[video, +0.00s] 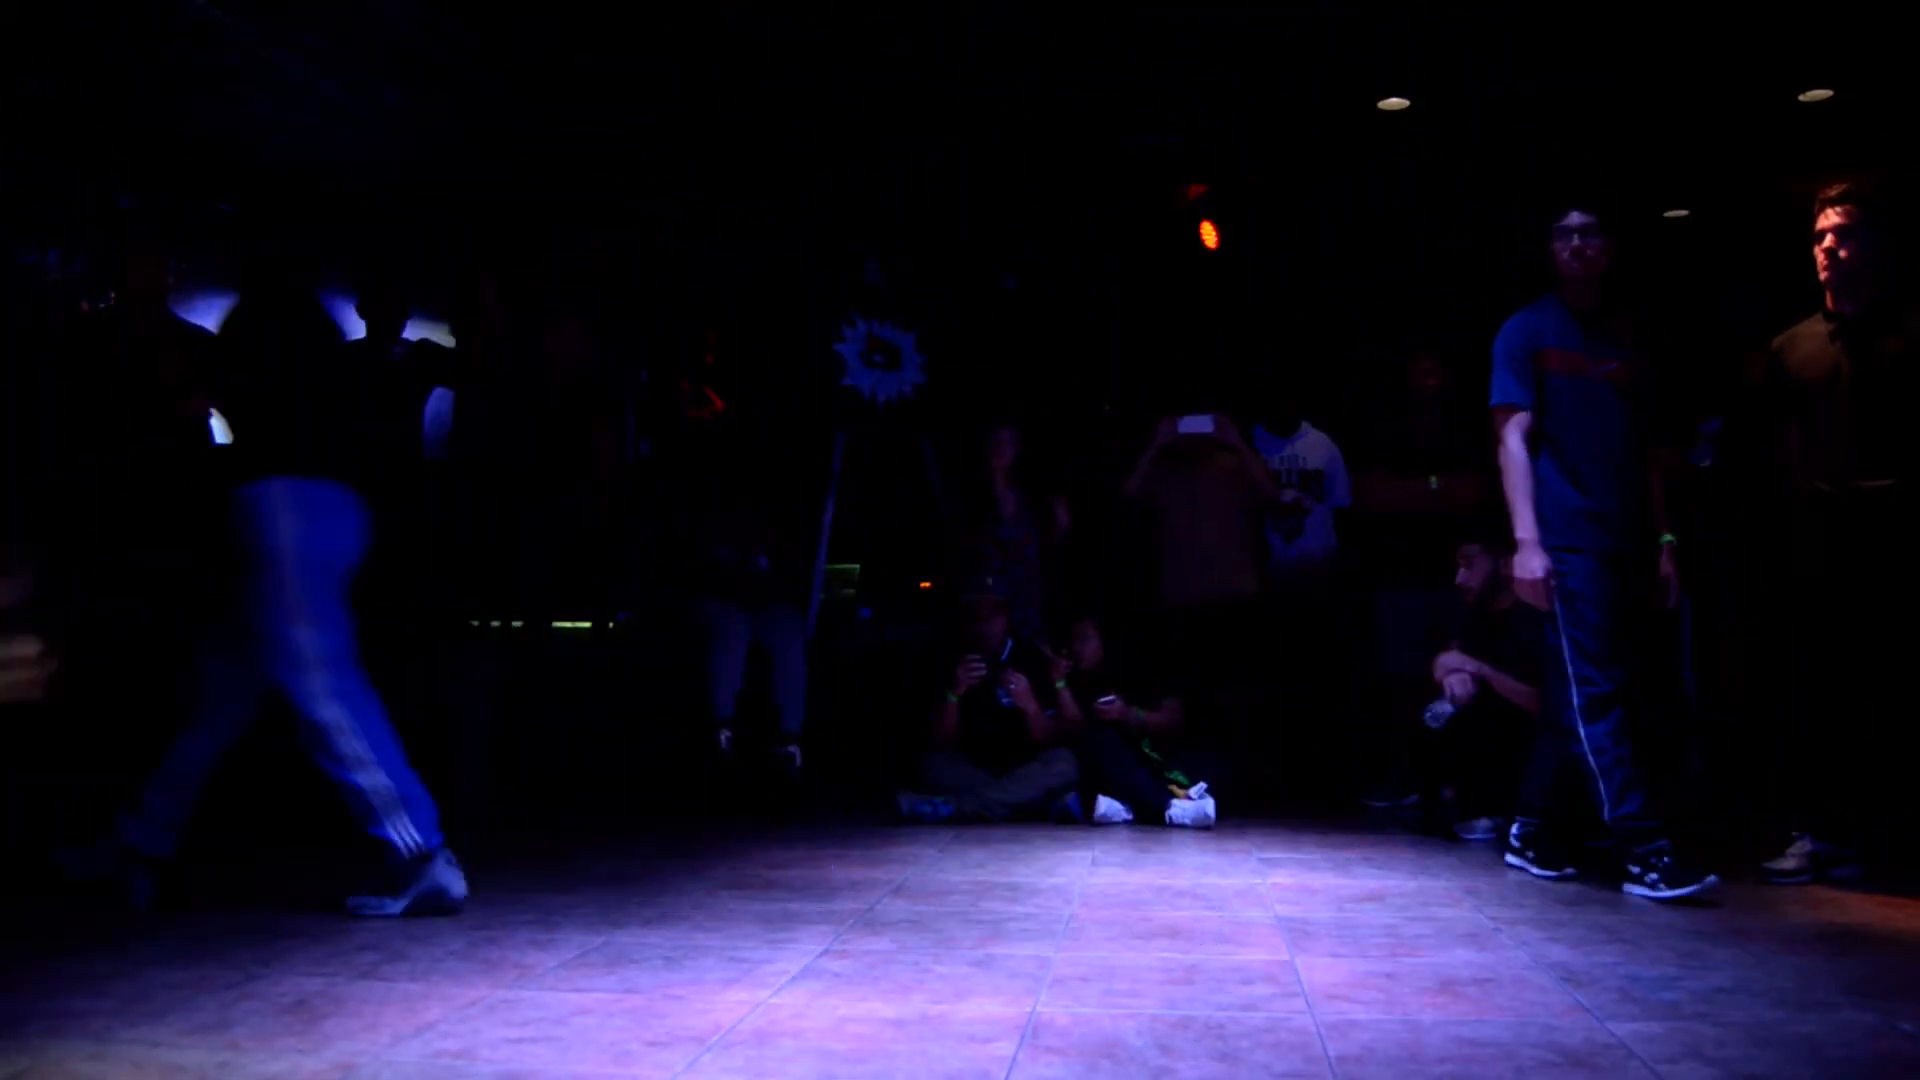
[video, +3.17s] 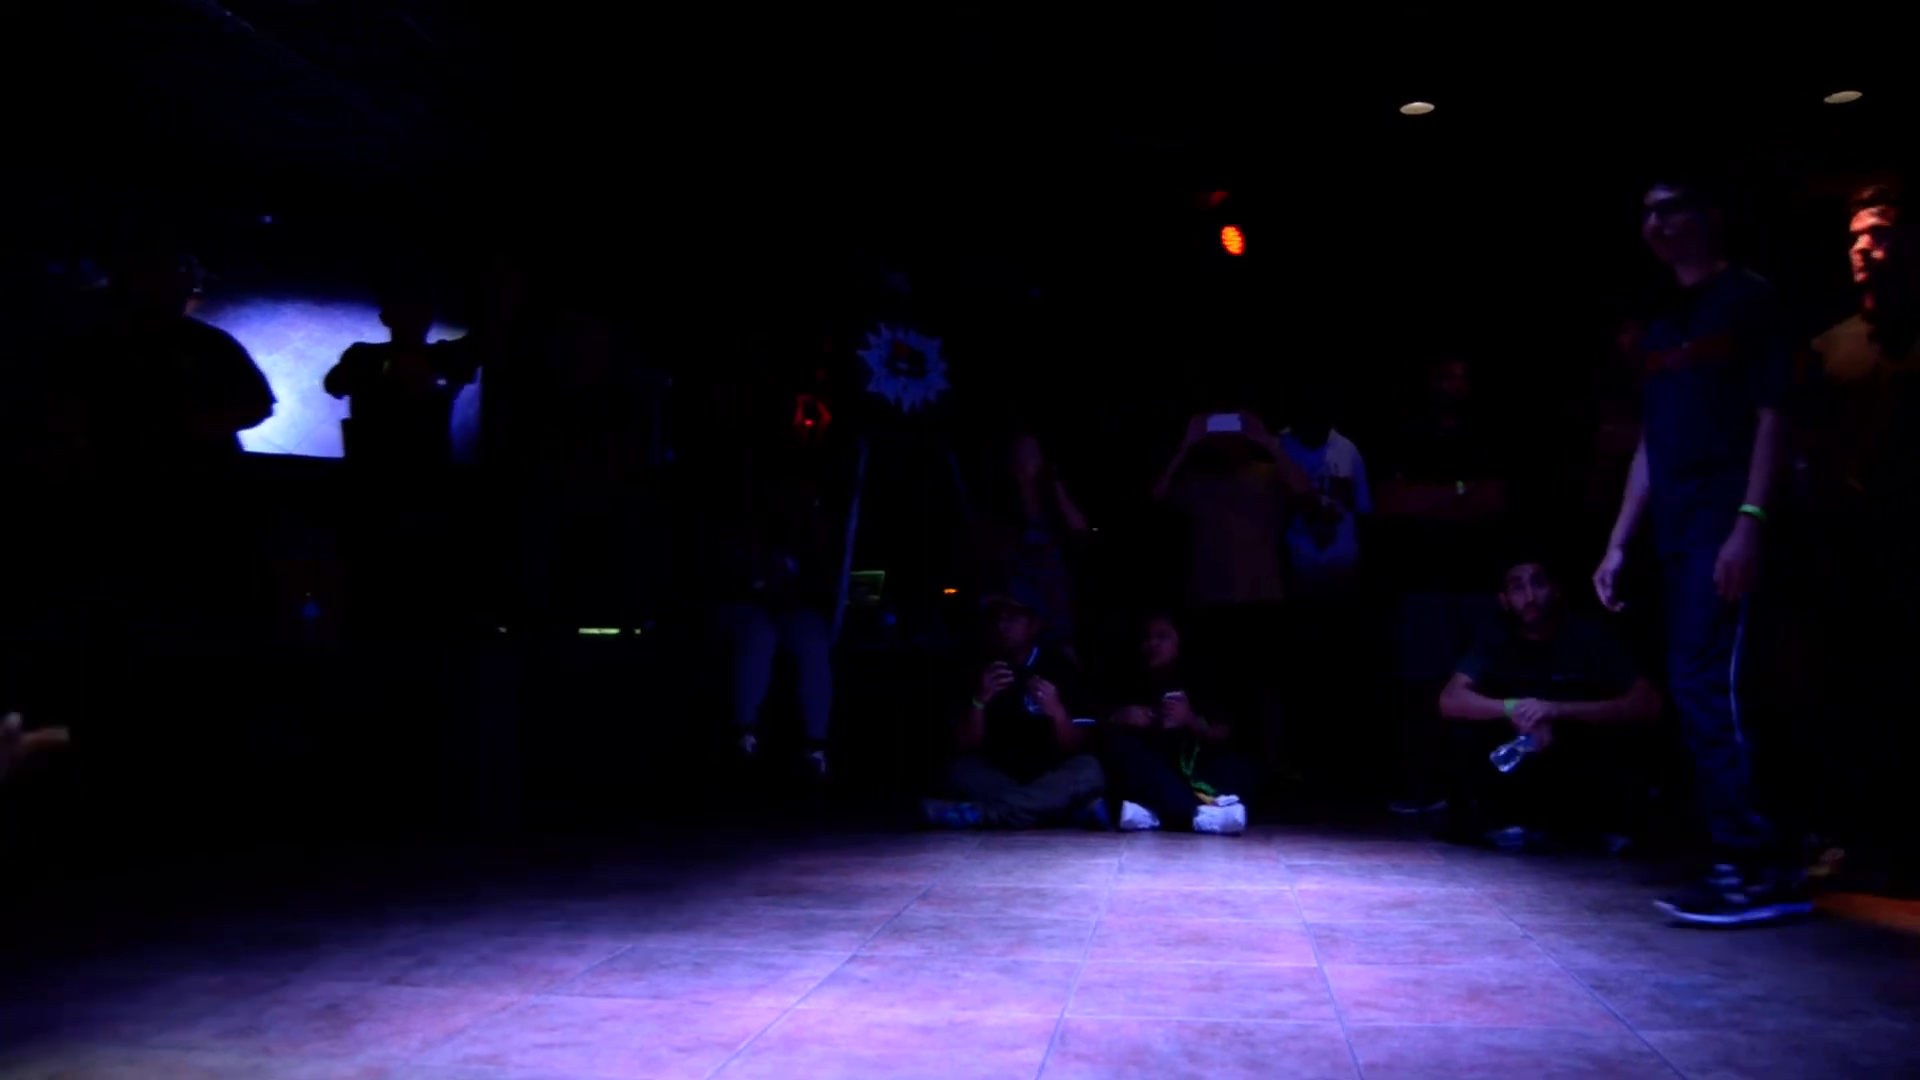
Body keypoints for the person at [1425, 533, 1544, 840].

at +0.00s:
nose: (1460, 578)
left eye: (1469, 566)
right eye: (1459, 567)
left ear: (1501, 567)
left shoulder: (1528, 621)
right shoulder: (1466, 614)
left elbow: (1539, 701)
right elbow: (1442, 658)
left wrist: (1477, 667)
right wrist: (1450, 673)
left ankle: (1490, 811)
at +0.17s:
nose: (1464, 580)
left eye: (1476, 568)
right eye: (1463, 569)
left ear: (1509, 570)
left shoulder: (1539, 622)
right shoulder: (1468, 617)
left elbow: (1551, 703)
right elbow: (1437, 662)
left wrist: (1486, 677)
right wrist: (1455, 682)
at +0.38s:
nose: (1471, 585)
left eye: (1482, 572)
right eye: (1467, 574)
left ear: (1513, 573)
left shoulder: (1547, 625)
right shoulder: (1468, 623)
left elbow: (1585, 697)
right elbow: (1422, 685)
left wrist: (1509, 694)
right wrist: (1471, 696)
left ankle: (1499, 811)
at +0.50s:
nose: (1473, 592)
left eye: (1485, 580)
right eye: (1469, 581)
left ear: (1515, 582)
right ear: (1464, 583)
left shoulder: (1548, 633)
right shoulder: (1466, 631)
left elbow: (1594, 696)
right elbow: (1421, 691)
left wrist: (1531, 701)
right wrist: (1484, 698)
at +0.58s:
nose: (1478, 601)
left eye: (1489, 589)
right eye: (1473, 590)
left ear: (1518, 589)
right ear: (1467, 591)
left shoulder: (1549, 635)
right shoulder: (1467, 633)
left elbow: (1598, 695)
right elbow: (1422, 694)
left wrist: (1538, 699)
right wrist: (1492, 698)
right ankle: (1482, 813)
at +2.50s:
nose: (1498, 591)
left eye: (1508, 579)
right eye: (1488, 581)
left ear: (1527, 584)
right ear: (1478, 589)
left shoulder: (1560, 631)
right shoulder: (1471, 632)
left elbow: (1619, 696)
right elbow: (1420, 693)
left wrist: (1528, 703)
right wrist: (1484, 704)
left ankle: (1587, 818)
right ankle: (1487, 815)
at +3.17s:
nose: (1530, 597)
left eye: (1538, 584)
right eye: (1518, 588)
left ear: (1554, 590)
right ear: (1505, 599)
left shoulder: (1588, 639)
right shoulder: (1497, 640)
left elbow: (1645, 702)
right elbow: (1451, 700)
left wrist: (1557, 709)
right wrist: (1518, 712)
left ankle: (1612, 826)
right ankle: (1510, 822)